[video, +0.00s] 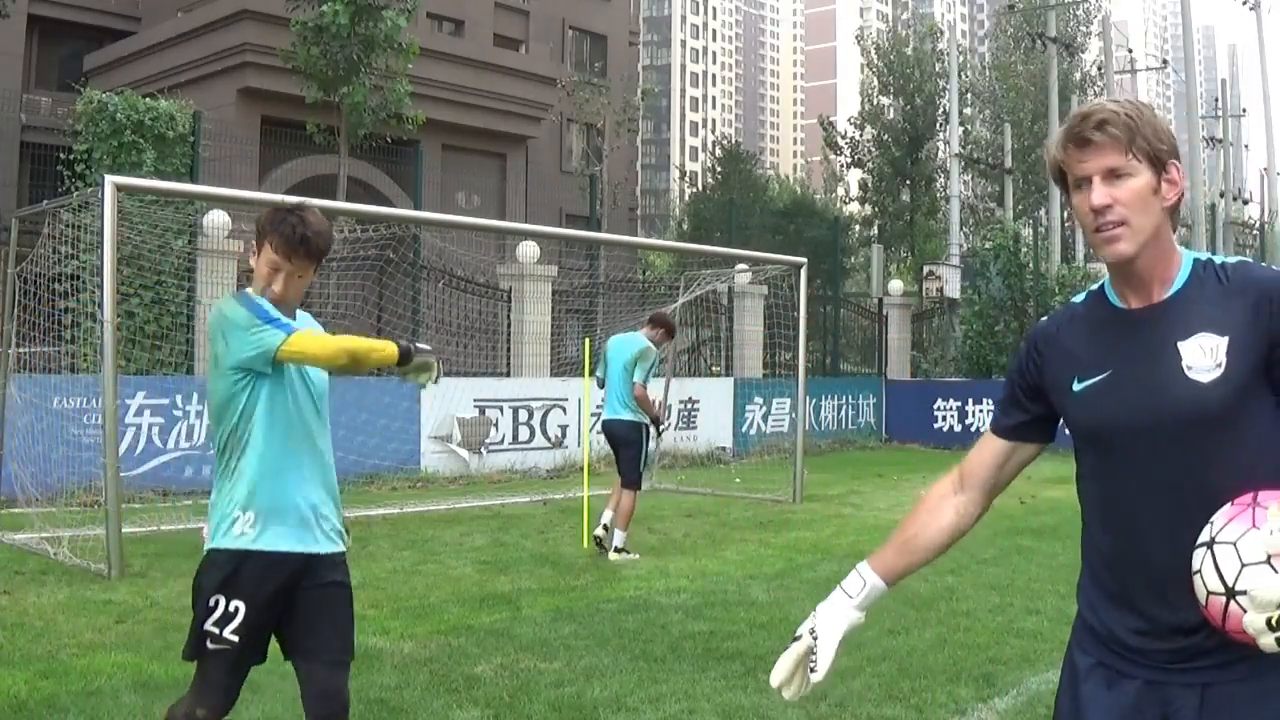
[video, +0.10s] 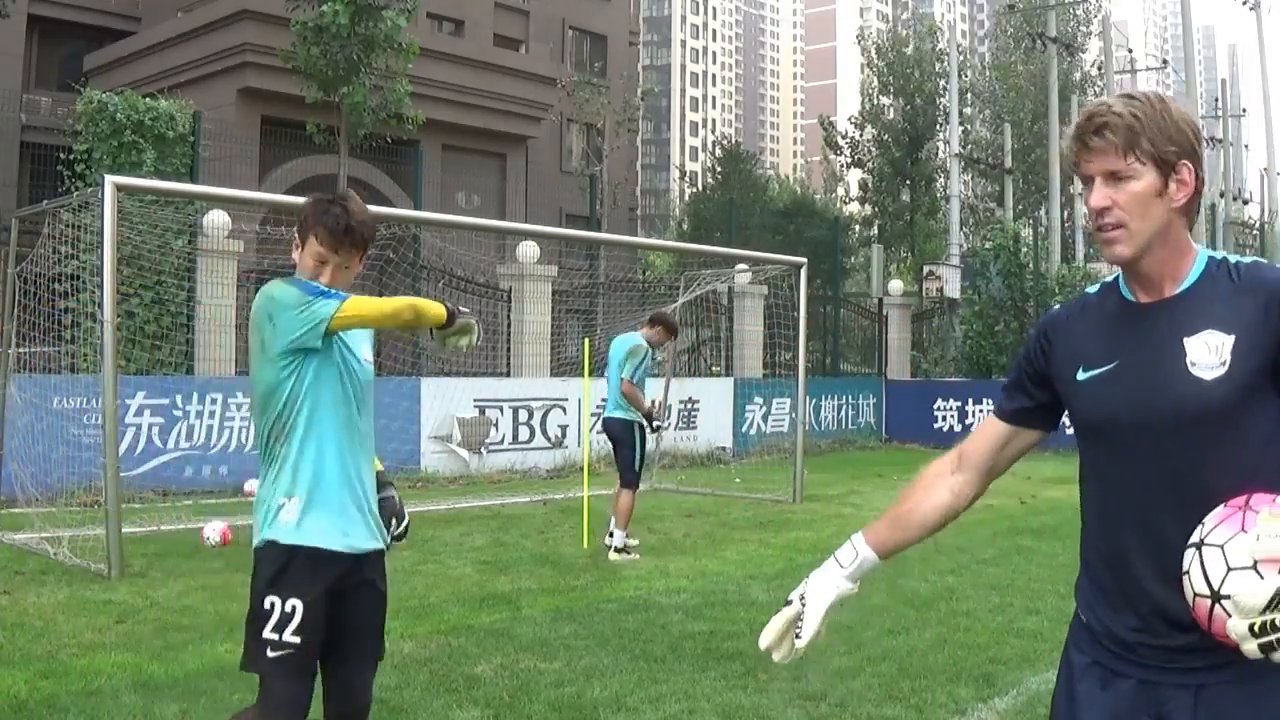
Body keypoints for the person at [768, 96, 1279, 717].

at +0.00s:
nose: (1098, 200)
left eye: (1117, 177)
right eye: (1081, 185)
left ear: (1171, 184)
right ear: (1070, 204)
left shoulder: (1261, 302)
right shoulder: (1056, 345)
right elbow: (963, 490)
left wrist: (1272, 557)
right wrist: (849, 597)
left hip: (1249, 669)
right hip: (1110, 675)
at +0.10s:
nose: (1096, 202)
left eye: (1118, 178)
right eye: (1088, 183)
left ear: (1182, 184)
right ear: (1080, 192)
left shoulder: (1265, 302)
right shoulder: (1067, 336)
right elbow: (962, 470)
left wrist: (1274, 560)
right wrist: (842, 567)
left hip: (1246, 673)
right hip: (1106, 672)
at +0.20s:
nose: (1110, 193)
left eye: (1134, 173)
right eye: (1105, 175)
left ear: (1197, 180)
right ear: (1099, 181)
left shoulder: (1269, 301)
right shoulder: (1080, 329)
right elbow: (976, 455)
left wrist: (1273, 564)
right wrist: (852, 549)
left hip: (1247, 674)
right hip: (1109, 671)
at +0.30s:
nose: (1131, 183)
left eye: (1153, 162)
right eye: (1134, 164)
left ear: (1217, 175)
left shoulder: (1275, 301)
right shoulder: (1117, 317)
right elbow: (1009, 437)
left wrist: (1272, 583)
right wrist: (884, 525)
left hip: (1250, 675)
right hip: (1122, 662)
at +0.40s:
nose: (1156, 180)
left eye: (1175, 160)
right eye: (1161, 161)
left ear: (1237, 174)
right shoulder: (1153, 313)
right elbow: (1039, 433)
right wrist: (913, 514)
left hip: (1259, 682)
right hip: (1144, 667)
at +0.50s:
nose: (1205, 179)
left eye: (1224, 158)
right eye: (1212, 157)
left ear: (1275, 176)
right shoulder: (1205, 316)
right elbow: (1092, 433)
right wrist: (967, 505)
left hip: (1274, 687)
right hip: (1189, 669)